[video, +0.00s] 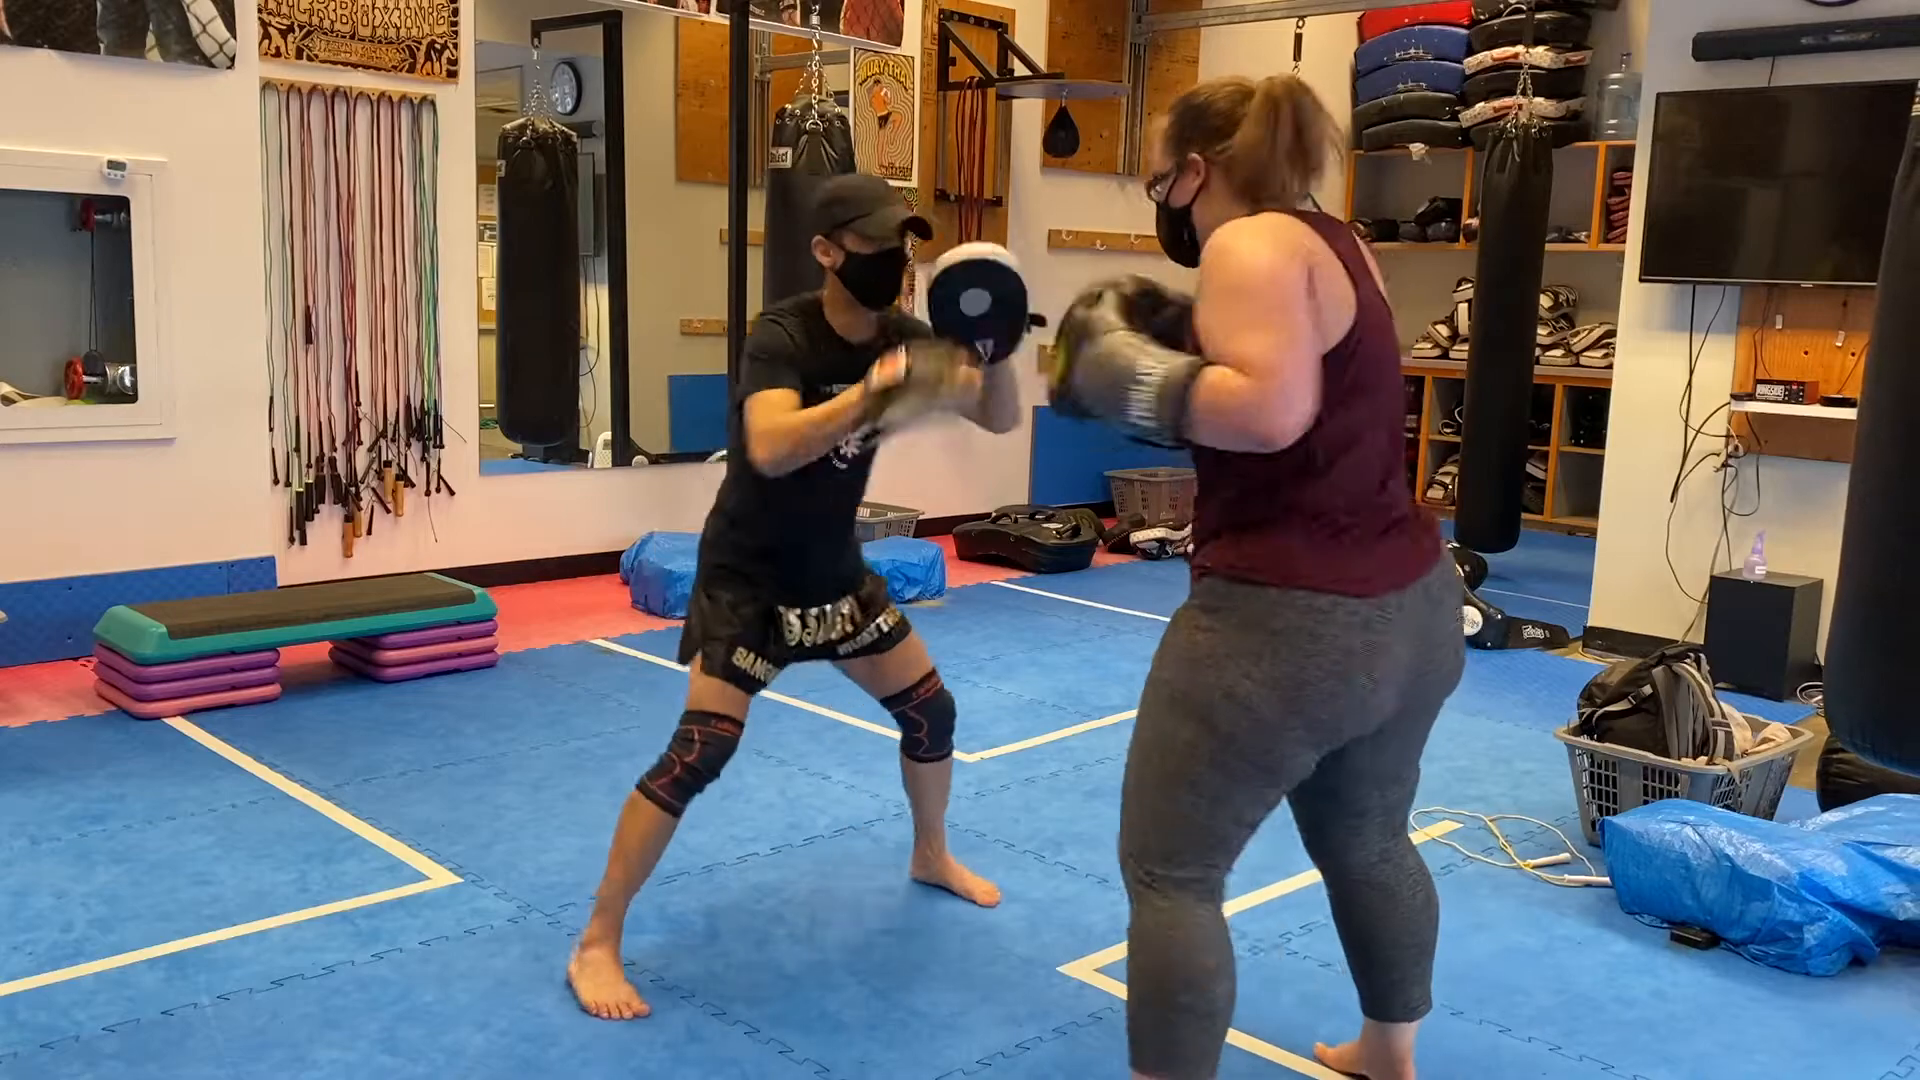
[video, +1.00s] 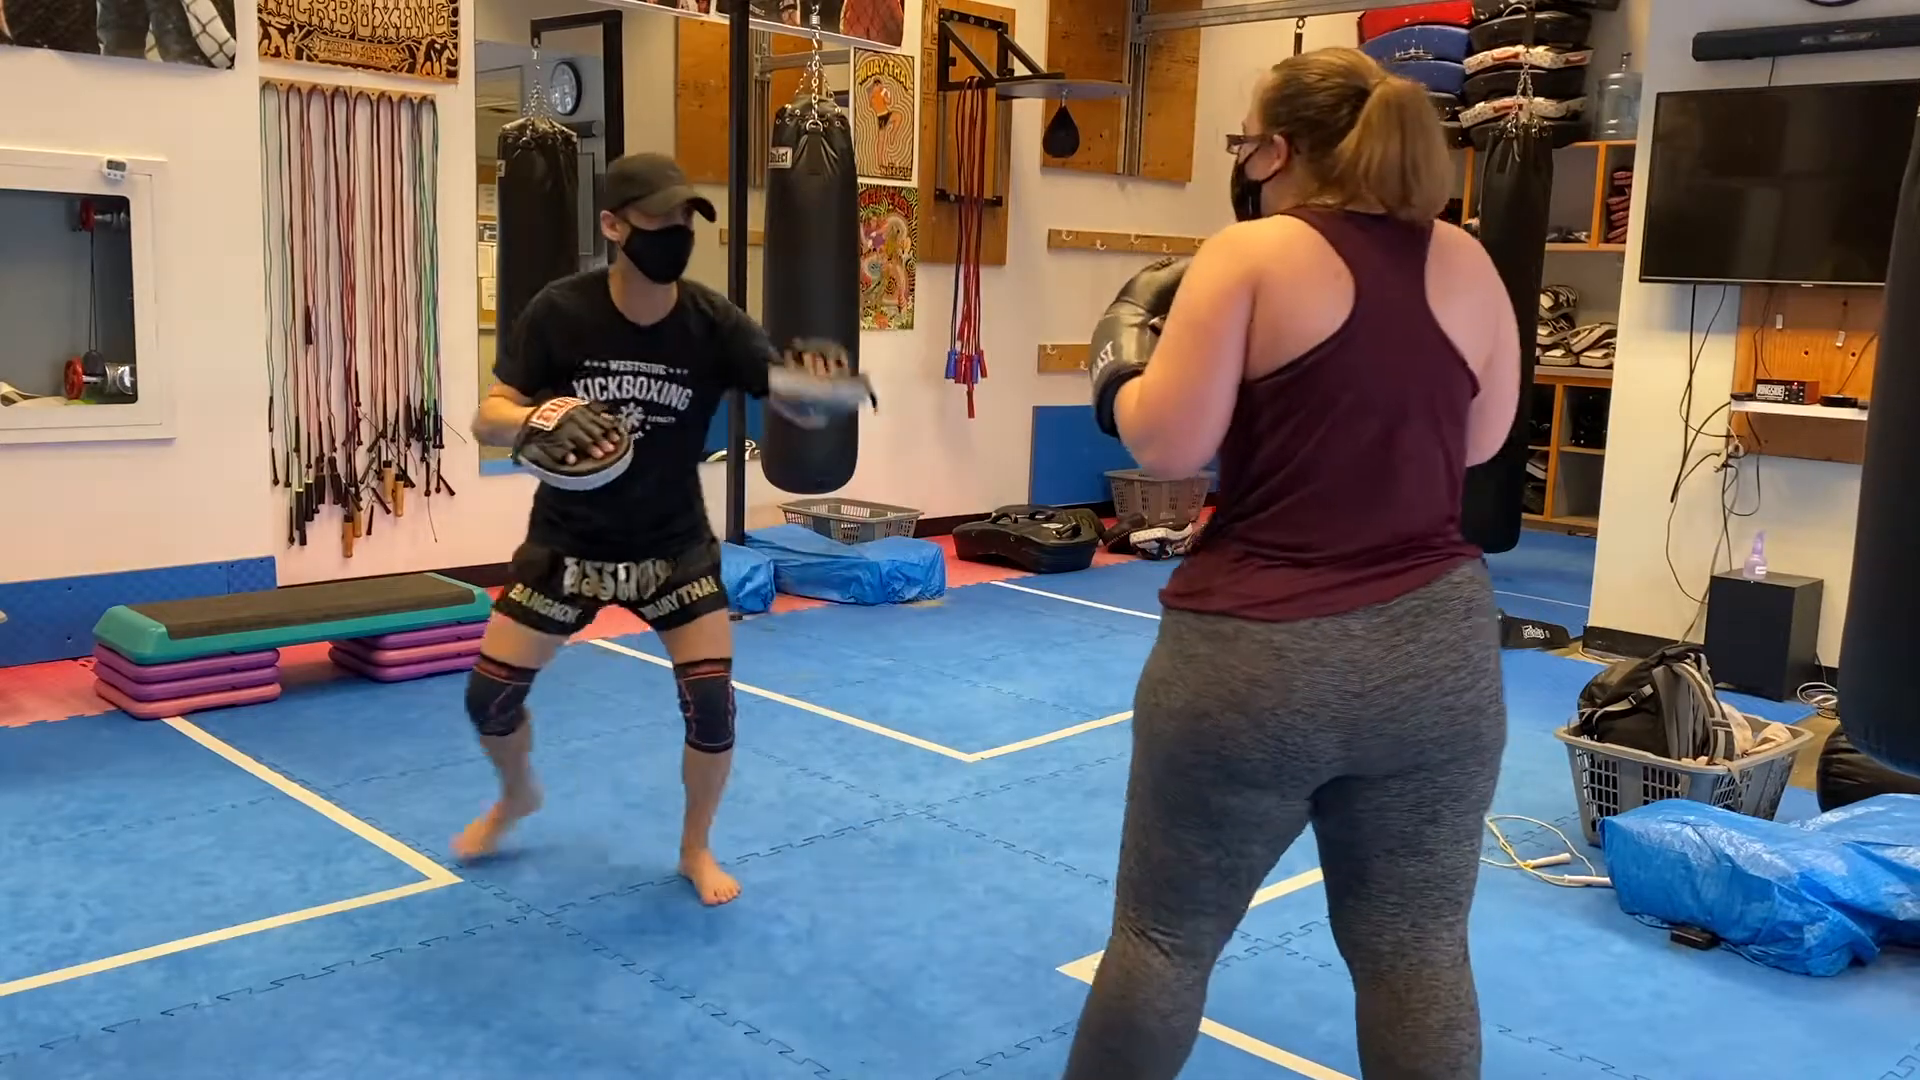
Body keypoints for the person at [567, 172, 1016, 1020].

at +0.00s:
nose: (898, 263)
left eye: (902, 247)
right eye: (880, 250)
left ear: (908, 243)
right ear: (829, 250)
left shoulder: (904, 338)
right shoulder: (777, 335)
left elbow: (1001, 417)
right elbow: (769, 448)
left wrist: (993, 340)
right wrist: (872, 392)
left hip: (834, 562)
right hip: (747, 566)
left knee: (929, 712)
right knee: (704, 745)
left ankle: (932, 856)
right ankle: (599, 941)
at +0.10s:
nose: (924, 296)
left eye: (933, 280)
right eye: (907, 282)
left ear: (944, 271)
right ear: (860, 274)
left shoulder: (933, 364)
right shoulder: (803, 346)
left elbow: (1017, 452)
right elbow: (716, 452)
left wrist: (1005, 372)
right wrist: (803, 482)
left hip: (856, 567)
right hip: (759, 563)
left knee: (948, 709)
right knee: (709, 728)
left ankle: (936, 854)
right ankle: (612, 916)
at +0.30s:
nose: (887, 288)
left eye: (893, 273)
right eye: (869, 276)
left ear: (900, 273)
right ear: (818, 278)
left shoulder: (907, 369)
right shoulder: (756, 359)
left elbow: (957, 445)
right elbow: (687, 419)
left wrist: (958, 469)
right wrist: (686, 473)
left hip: (847, 577)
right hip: (749, 579)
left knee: (936, 709)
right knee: (666, 733)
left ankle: (936, 855)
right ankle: (599, 818)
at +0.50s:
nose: (763, 266)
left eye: (771, 253)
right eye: (747, 253)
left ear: (778, 253)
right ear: (701, 251)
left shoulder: (794, 346)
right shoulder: (645, 340)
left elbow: (831, 420)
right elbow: (577, 419)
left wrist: (846, 463)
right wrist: (583, 467)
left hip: (760, 560)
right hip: (658, 558)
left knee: (837, 706)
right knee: (593, 714)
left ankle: (912, 846)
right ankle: (608, 811)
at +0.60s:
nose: (719, 242)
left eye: (727, 227)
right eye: (702, 228)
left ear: (738, 225)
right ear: (657, 226)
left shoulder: (759, 319)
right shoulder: (610, 317)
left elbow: (800, 400)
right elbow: (544, 405)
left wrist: (812, 439)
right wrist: (574, 437)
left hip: (731, 533)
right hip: (632, 535)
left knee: (792, 691)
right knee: (596, 702)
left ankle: (848, 838)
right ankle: (608, 811)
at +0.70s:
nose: (703, 213)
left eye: (710, 197)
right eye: (685, 201)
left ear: (721, 195)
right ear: (638, 201)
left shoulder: (741, 294)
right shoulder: (587, 295)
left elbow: (786, 364)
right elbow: (529, 397)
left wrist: (808, 392)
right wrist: (570, 403)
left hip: (720, 513)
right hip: (619, 518)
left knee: (758, 677)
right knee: (600, 683)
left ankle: (758, 837)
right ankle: (606, 806)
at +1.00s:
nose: (678, 232)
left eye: (685, 218)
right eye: (659, 219)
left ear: (695, 222)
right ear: (614, 225)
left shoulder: (714, 321)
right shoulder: (560, 312)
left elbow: (796, 395)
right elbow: (490, 418)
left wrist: (819, 387)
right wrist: (541, 417)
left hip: (673, 540)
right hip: (568, 538)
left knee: (714, 704)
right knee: (489, 698)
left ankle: (696, 848)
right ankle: (519, 795)